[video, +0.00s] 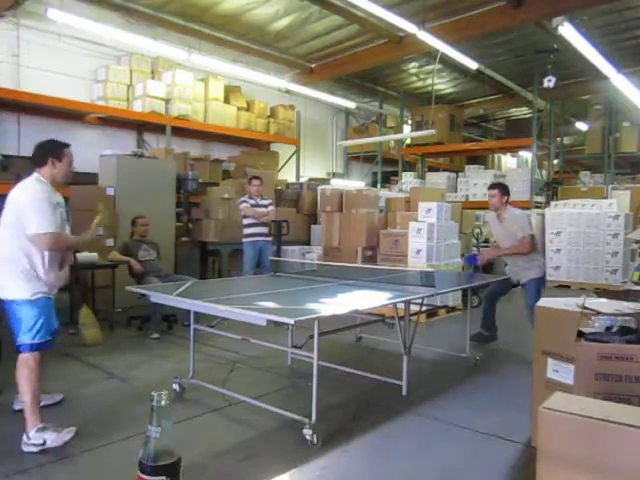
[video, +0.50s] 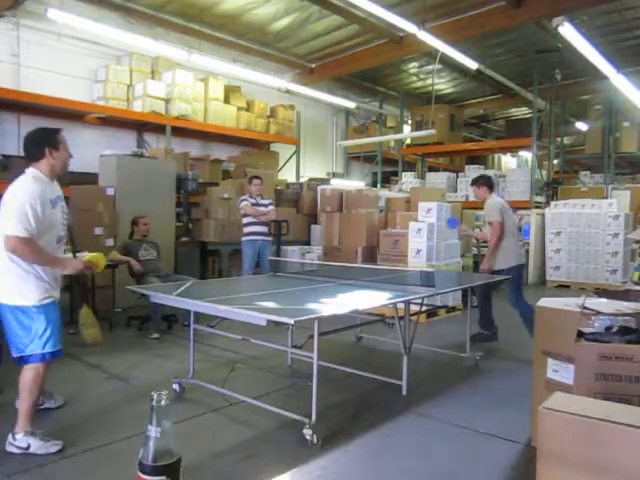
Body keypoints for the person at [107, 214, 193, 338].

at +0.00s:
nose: (145, 228)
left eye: (147, 225)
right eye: (142, 225)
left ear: (149, 227)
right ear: (134, 228)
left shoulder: (154, 245)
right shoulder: (128, 244)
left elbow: (158, 261)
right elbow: (112, 256)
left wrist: (163, 272)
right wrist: (130, 260)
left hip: (162, 274)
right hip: (145, 276)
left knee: (192, 283)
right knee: (159, 292)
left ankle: (188, 320)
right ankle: (154, 329)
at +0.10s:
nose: (145, 228)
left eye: (147, 225)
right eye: (142, 225)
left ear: (149, 227)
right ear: (134, 228)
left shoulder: (154, 245)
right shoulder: (128, 244)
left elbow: (158, 261)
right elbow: (112, 256)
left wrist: (163, 272)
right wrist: (131, 260)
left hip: (162, 274)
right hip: (145, 276)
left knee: (192, 283)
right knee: (159, 292)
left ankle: (188, 320)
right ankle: (154, 329)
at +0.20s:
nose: (146, 228)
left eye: (148, 225)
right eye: (143, 225)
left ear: (149, 227)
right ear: (135, 228)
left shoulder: (154, 245)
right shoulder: (128, 244)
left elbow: (158, 261)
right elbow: (112, 256)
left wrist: (163, 272)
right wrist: (130, 260)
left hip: (161, 274)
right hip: (145, 276)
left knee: (192, 283)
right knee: (159, 292)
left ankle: (188, 320)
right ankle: (154, 329)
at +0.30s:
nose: (146, 228)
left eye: (148, 225)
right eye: (143, 225)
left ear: (150, 227)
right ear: (135, 228)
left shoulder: (154, 244)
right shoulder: (128, 244)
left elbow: (158, 261)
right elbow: (112, 256)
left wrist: (162, 272)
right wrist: (130, 260)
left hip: (161, 274)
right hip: (145, 276)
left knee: (192, 283)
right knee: (159, 292)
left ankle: (188, 320)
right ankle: (154, 329)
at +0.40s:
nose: (146, 228)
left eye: (148, 225)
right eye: (143, 225)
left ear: (150, 227)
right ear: (135, 228)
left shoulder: (153, 244)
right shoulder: (128, 244)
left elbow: (158, 261)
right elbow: (112, 256)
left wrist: (163, 273)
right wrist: (130, 260)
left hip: (161, 274)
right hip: (145, 276)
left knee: (192, 283)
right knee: (159, 292)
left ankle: (188, 320)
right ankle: (154, 329)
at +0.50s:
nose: (147, 228)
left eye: (148, 225)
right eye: (144, 225)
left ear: (149, 227)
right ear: (135, 227)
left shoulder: (154, 245)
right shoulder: (128, 244)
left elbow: (158, 262)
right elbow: (112, 255)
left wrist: (163, 272)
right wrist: (130, 260)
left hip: (162, 275)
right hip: (146, 276)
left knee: (192, 283)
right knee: (158, 292)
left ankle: (188, 320)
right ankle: (154, 329)